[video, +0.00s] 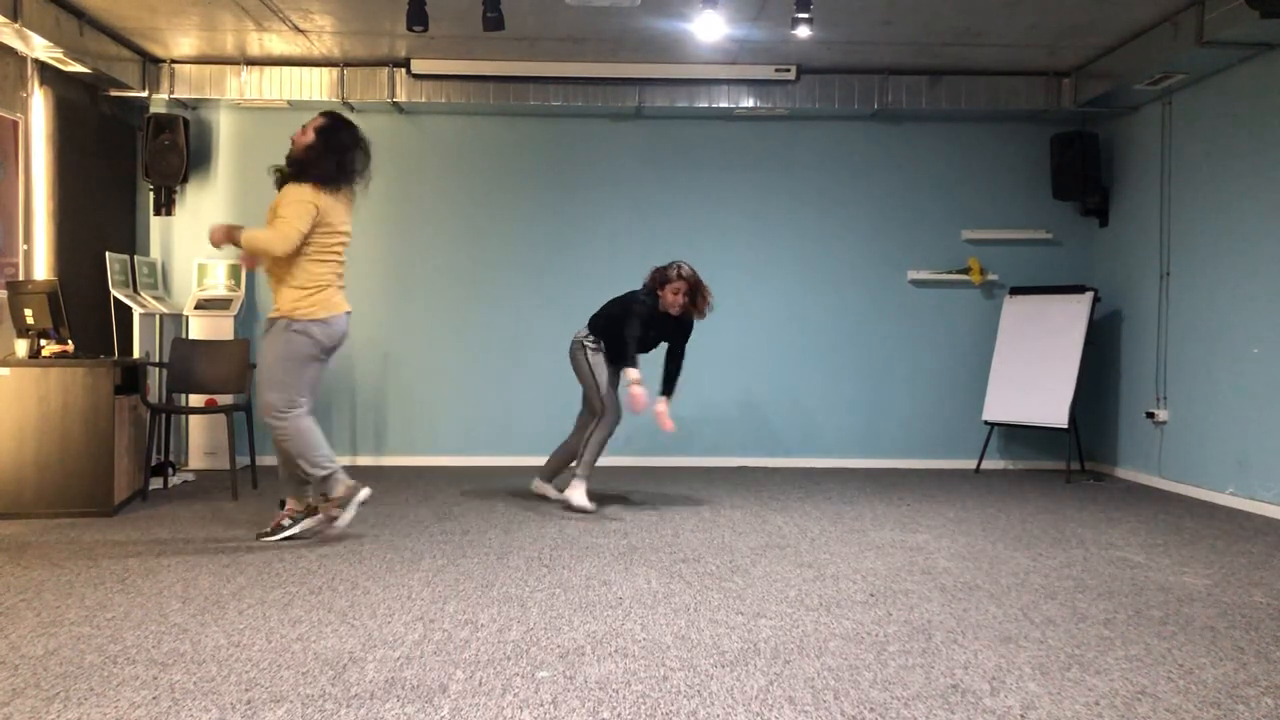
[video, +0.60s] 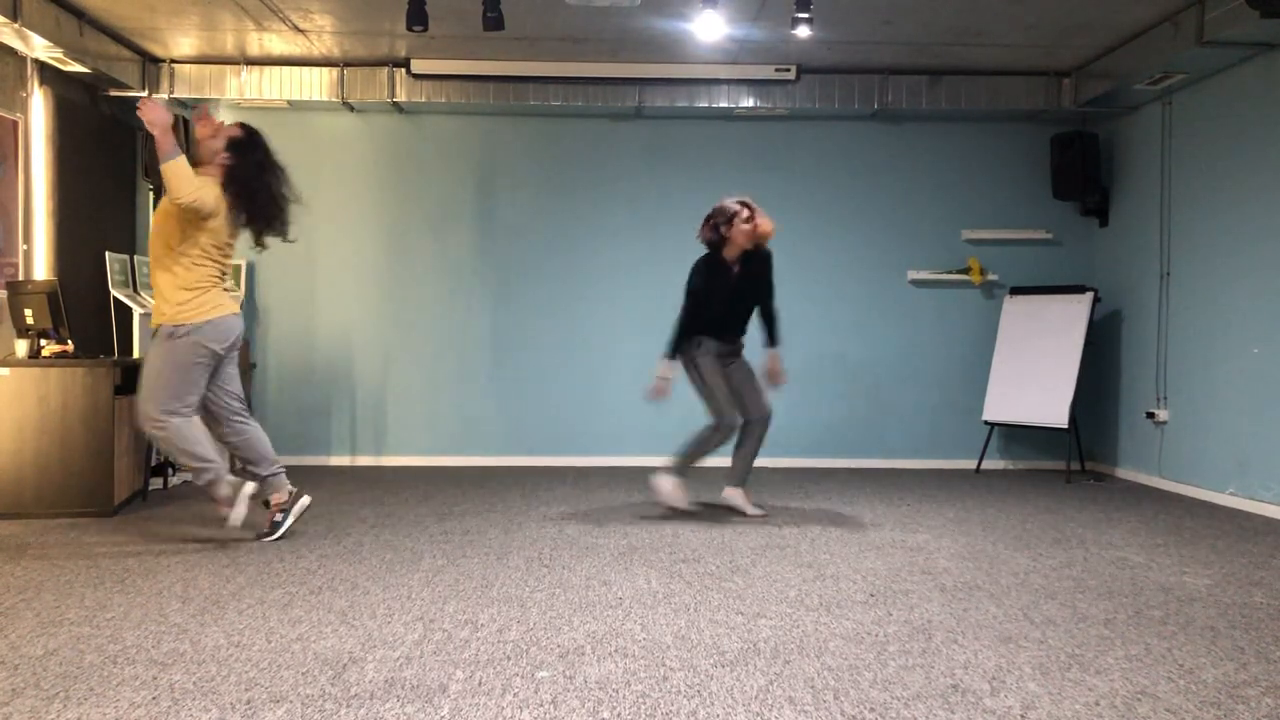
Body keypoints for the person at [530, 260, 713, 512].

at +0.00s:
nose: (681, 300)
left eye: (686, 294)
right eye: (675, 293)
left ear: (691, 297)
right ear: (661, 289)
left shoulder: (683, 322)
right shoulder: (640, 303)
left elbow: (674, 358)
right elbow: (628, 341)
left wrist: (664, 400)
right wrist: (634, 381)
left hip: (611, 360)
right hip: (588, 347)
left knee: (588, 423)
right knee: (610, 414)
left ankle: (542, 480)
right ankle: (577, 486)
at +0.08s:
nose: (682, 302)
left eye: (687, 296)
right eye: (677, 295)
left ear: (692, 298)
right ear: (662, 292)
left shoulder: (685, 323)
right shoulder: (641, 305)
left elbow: (667, 356)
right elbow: (616, 337)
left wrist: (647, 394)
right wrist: (604, 374)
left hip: (615, 363)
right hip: (589, 350)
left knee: (602, 430)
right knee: (598, 423)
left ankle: (547, 473)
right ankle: (569, 492)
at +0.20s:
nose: (690, 298)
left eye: (696, 293)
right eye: (685, 290)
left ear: (701, 295)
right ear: (670, 286)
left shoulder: (691, 319)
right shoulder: (647, 296)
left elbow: (664, 351)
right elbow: (603, 315)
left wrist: (629, 374)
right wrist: (568, 346)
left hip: (628, 354)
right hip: (598, 342)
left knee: (643, 416)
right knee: (605, 412)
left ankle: (596, 466)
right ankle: (572, 485)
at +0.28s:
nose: (697, 290)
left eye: (701, 285)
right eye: (692, 283)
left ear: (706, 286)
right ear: (676, 279)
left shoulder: (698, 312)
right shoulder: (655, 289)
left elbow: (669, 346)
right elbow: (608, 306)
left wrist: (630, 365)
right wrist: (564, 336)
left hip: (638, 353)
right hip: (607, 340)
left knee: (665, 407)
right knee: (609, 414)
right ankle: (573, 484)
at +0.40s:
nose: (718, 272)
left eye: (721, 265)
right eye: (712, 264)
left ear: (725, 269)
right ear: (694, 264)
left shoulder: (720, 298)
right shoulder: (666, 286)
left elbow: (692, 339)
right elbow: (624, 310)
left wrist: (654, 363)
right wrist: (575, 337)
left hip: (667, 361)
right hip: (634, 354)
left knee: (712, 411)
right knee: (620, 429)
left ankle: (714, 490)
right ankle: (574, 493)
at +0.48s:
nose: (731, 258)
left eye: (733, 251)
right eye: (725, 252)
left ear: (735, 255)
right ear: (704, 255)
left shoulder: (734, 285)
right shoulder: (679, 283)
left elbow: (714, 332)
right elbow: (640, 314)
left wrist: (684, 363)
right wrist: (593, 345)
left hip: (688, 361)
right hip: (657, 356)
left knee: (731, 418)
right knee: (638, 431)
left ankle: (726, 498)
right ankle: (580, 485)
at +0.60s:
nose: (755, 226)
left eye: (754, 220)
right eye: (747, 222)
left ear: (753, 227)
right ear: (727, 230)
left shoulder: (760, 258)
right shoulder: (706, 267)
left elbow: (766, 306)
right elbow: (687, 317)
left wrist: (773, 353)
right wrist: (666, 367)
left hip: (730, 351)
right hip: (698, 350)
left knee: (758, 415)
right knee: (728, 420)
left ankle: (734, 488)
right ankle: (670, 474)